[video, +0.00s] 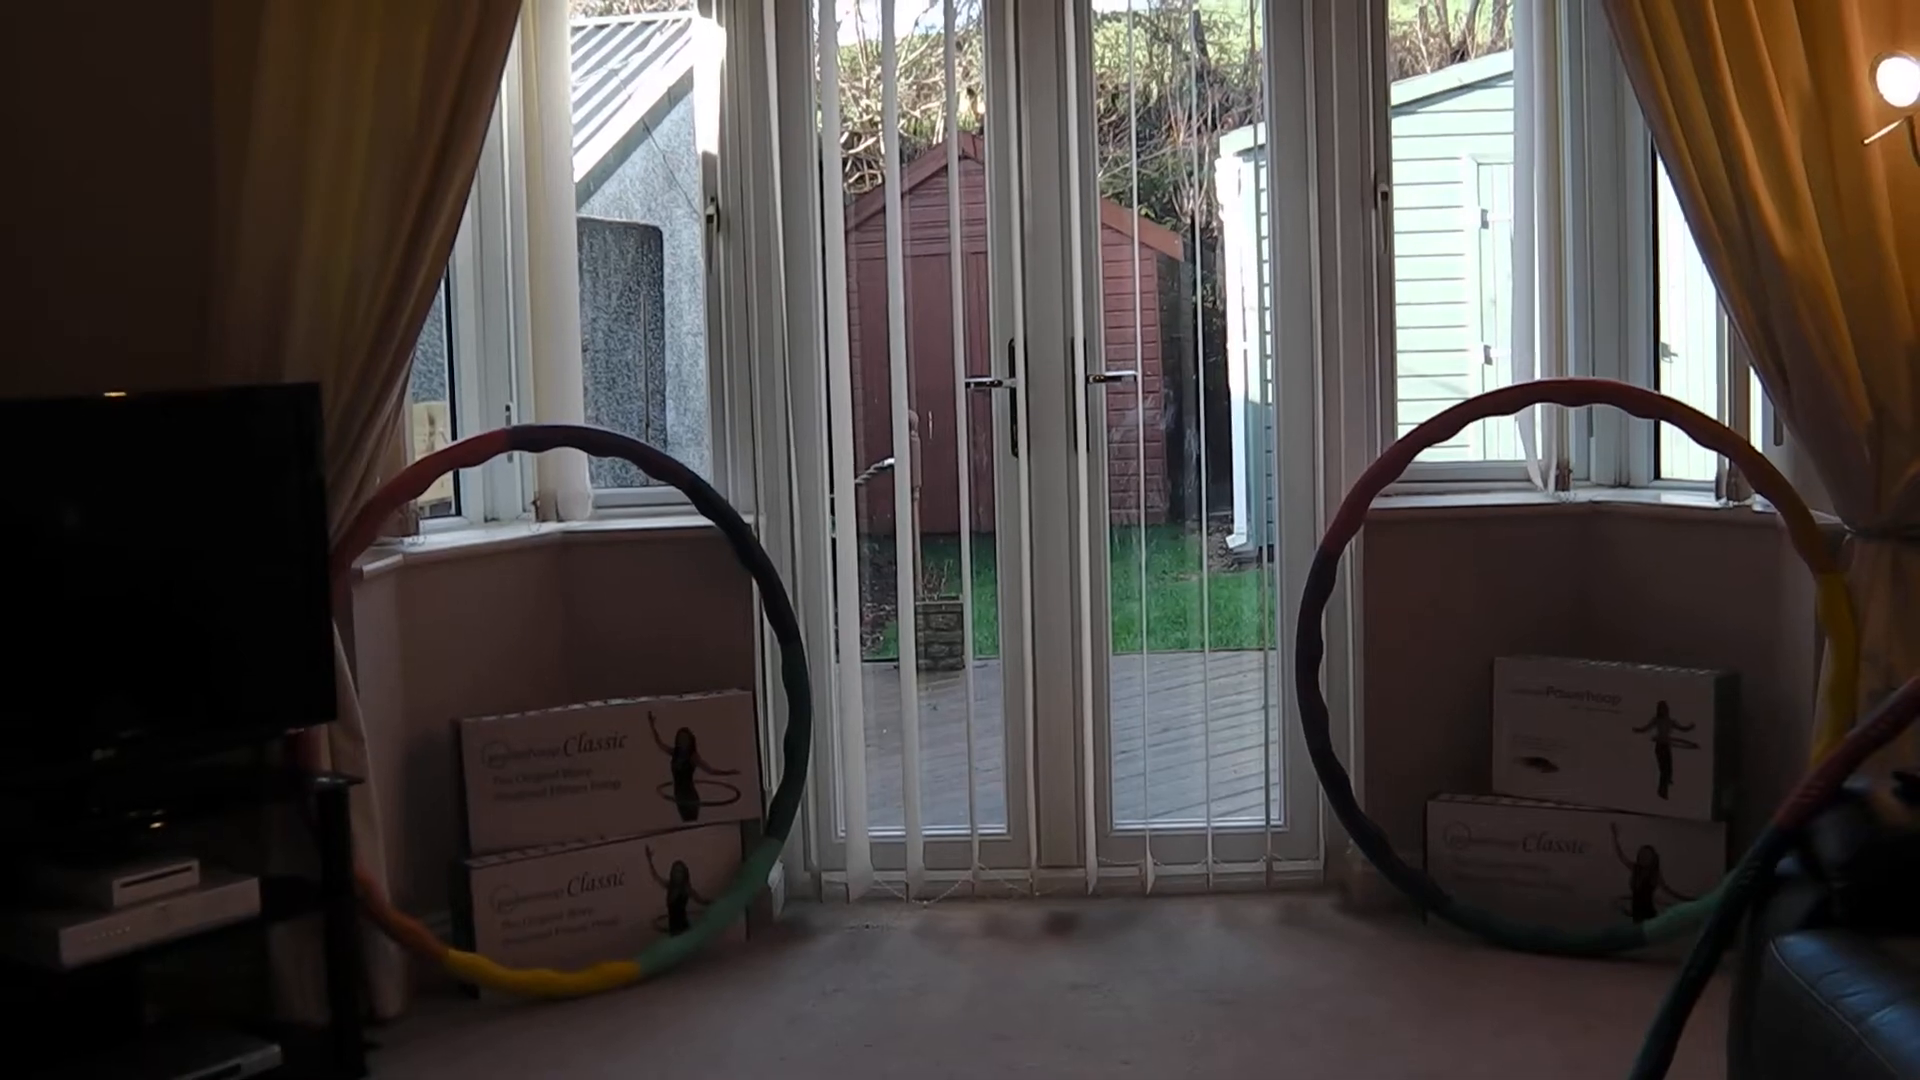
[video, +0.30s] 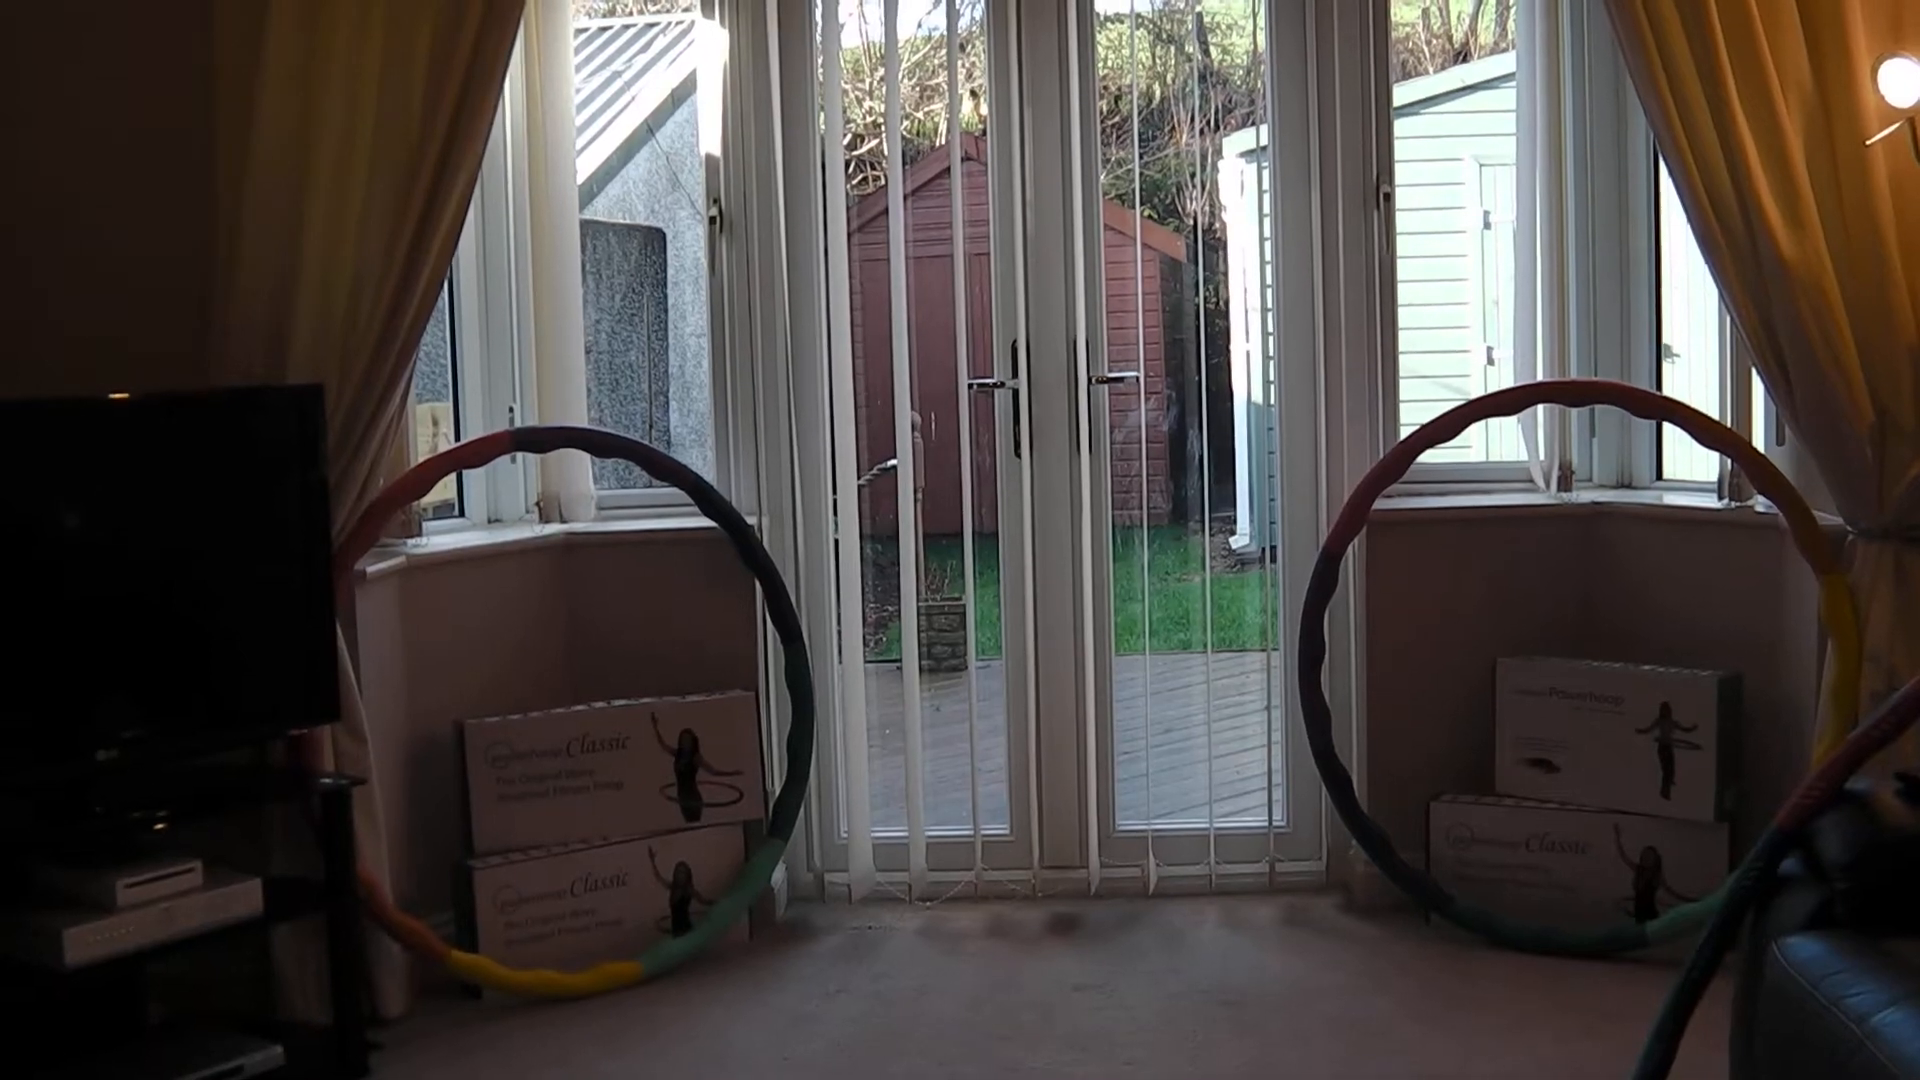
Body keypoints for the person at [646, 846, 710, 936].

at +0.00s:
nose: (677, 875)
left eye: (680, 871)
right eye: (675, 871)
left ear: (685, 873)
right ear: (672, 873)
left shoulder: (687, 889)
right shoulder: (670, 886)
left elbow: (700, 901)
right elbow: (655, 876)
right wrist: (649, 860)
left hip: (684, 924)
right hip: (672, 924)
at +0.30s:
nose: (680, 876)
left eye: (683, 872)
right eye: (678, 872)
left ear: (688, 874)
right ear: (674, 874)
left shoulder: (689, 890)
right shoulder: (673, 887)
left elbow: (702, 901)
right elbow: (658, 877)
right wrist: (652, 861)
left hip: (686, 924)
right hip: (675, 924)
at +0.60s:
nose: (680, 875)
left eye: (683, 872)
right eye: (678, 872)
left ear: (688, 874)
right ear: (674, 873)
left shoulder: (689, 890)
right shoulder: (672, 887)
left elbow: (702, 901)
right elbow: (658, 877)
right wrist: (652, 860)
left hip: (686, 924)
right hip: (675, 924)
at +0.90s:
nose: (681, 875)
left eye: (684, 872)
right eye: (679, 872)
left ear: (688, 874)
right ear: (675, 874)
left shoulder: (690, 889)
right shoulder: (673, 887)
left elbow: (702, 901)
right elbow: (659, 878)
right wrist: (653, 860)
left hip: (686, 923)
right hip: (675, 923)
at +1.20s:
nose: (682, 874)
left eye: (684, 871)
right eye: (679, 871)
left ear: (688, 873)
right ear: (676, 873)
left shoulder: (690, 889)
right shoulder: (673, 887)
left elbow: (703, 901)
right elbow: (659, 878)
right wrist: (653, 860)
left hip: (686, 924)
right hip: (675, 924)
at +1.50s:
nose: (681, 874)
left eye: (683, 871)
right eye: (679, 871)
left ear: (688, 873)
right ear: (675, 873)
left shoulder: (690, 889)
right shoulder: (673, 886)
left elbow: (702, 901)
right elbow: (659, 878)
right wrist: (653, 861)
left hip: (687, 925)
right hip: (675, 925)